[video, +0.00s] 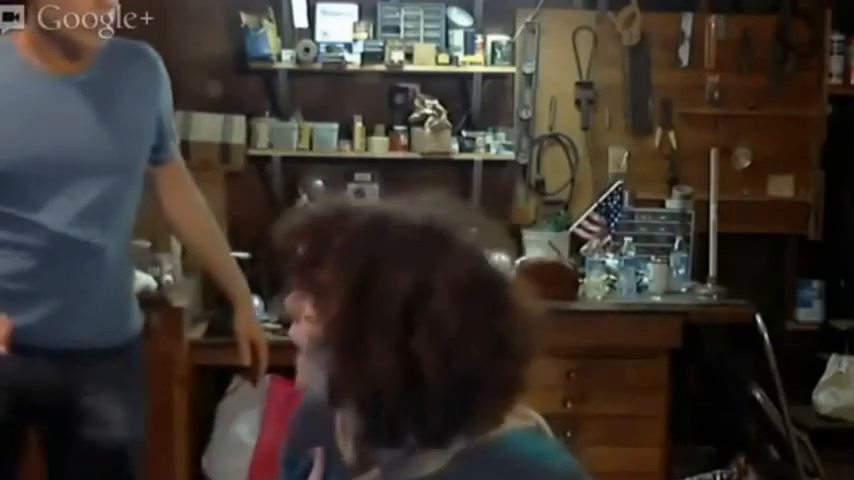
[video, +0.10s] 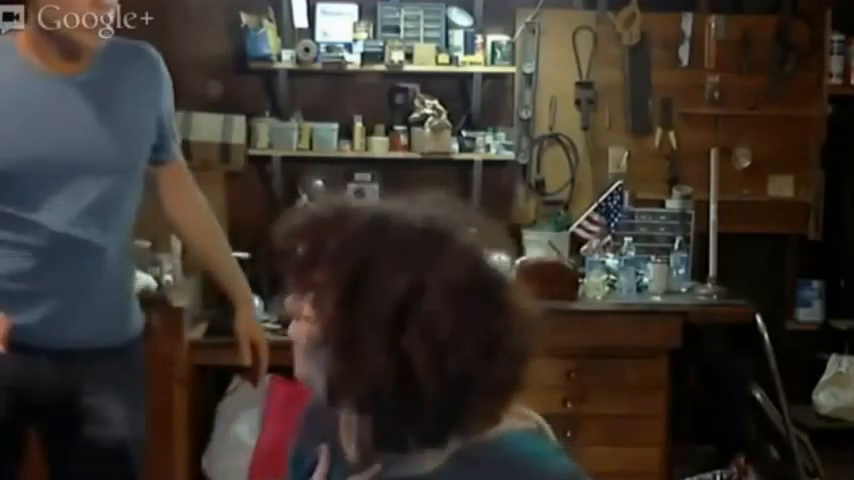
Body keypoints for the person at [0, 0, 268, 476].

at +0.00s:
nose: (110, 8)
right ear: (38, 3)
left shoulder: (140, 69)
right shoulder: (6, 66)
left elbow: (175, 184)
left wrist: (241, 297)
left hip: (108, 350)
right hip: (14, 350)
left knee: (107, 471)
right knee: (8, 469)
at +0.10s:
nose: (108, 8)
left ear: (116, 3)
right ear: (36, 4)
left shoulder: (141, 68)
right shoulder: (6, 65)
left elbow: (176, 185)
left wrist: (242, 298)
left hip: (109, 350)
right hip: (15, 349)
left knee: (110, 471)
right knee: (8, 469)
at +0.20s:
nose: (90, 9)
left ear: (113, 3)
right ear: (31, 3)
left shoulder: (142, 69)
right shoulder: (5, 66)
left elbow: (177, 183)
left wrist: (244, 298)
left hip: (108, 349)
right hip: (12, 345)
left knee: (109, 472)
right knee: (7, 470)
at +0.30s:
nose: (84, 8)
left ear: (111, 4)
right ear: (30, 2)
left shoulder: (141, 70)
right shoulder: (5, 67)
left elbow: (179, 188)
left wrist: (244, 300)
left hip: (108, 351)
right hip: (11, 346)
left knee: (109, 472)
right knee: (8, 469)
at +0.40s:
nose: (78, 7)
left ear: (108, 6)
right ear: (26, 2)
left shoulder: (138, 70)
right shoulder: (5, 69)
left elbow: (176, 184)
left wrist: (243, 297)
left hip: (106, 352)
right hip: (10, 347)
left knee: (105, 472)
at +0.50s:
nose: (67, 6)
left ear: (94, 5)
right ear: (19, 2)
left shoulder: (128, 71)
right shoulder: (5, 68)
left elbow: (170, 188)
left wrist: (238, 299)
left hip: (96, 347)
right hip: (8, 344)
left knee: (97, 471)